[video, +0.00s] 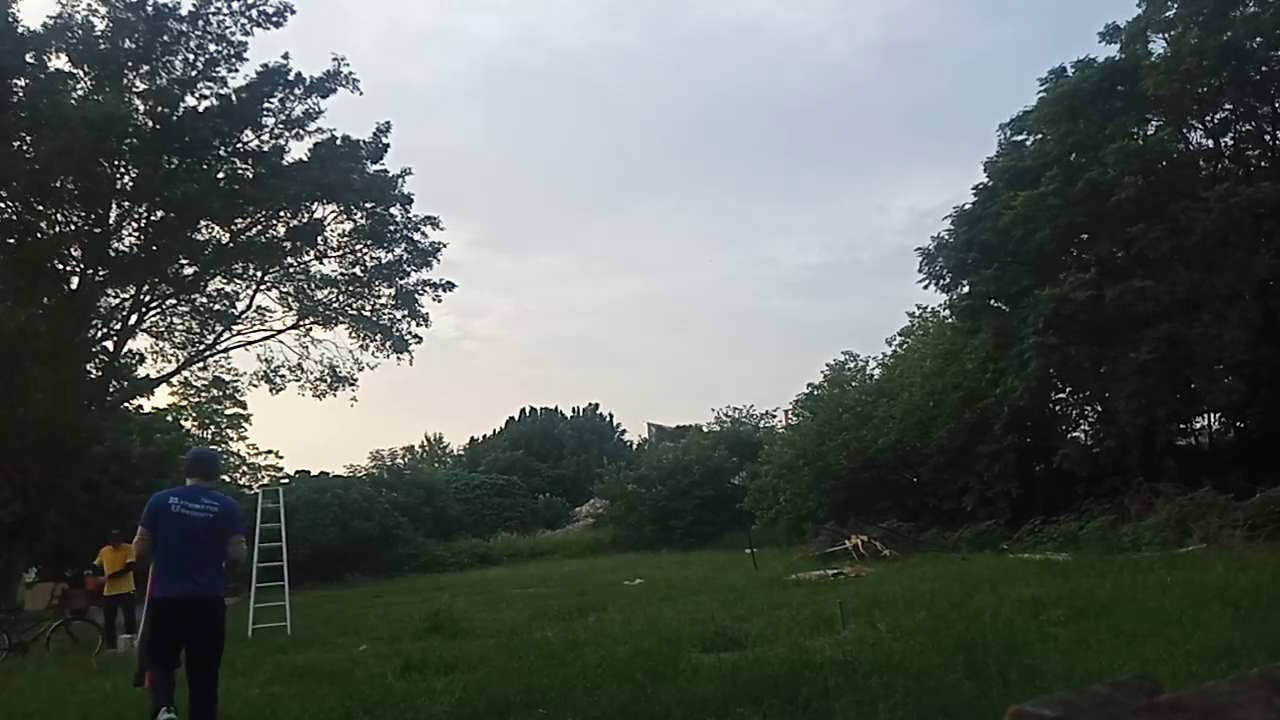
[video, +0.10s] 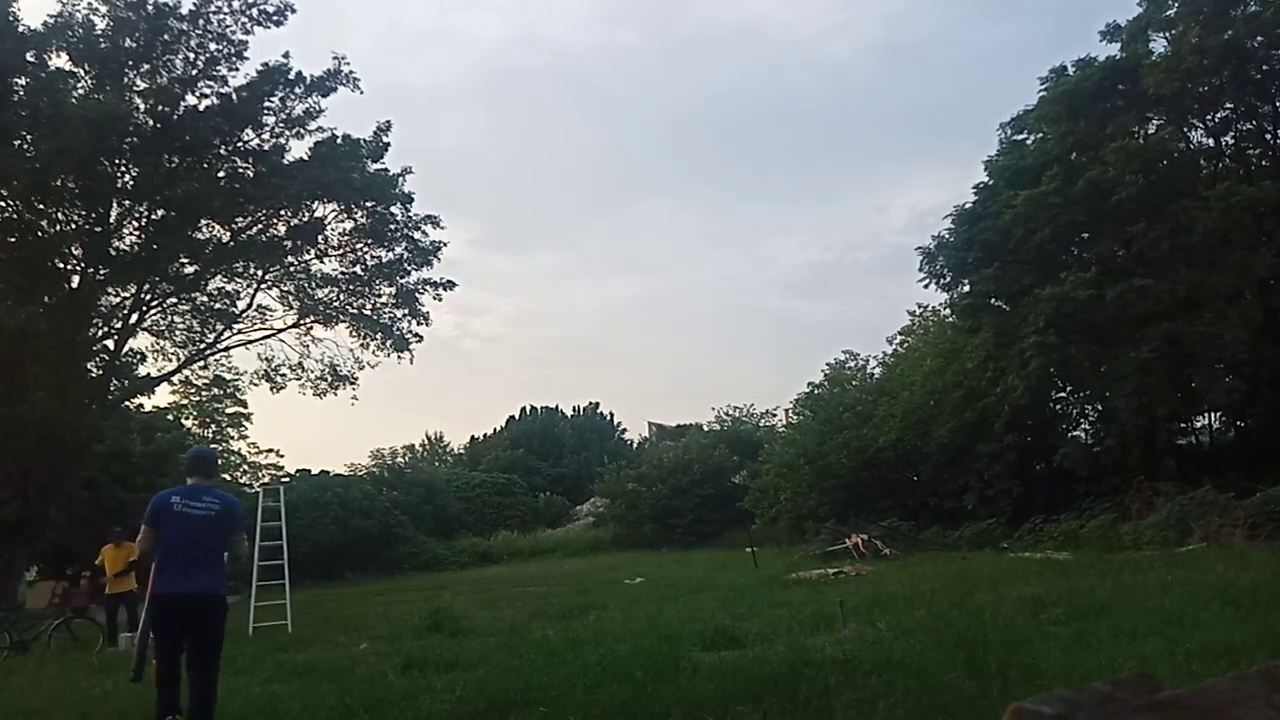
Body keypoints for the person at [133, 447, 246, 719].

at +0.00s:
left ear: (186, 472)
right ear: (216, 474)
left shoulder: (160, 501)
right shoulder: (228, 506)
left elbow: (140, 550)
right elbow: (237, 553)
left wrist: (167, 546)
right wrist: (212, 545)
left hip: (166, 602)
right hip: (208, 605)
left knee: (161, 664)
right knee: (204, 677)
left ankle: (164, 708)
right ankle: (203, 715)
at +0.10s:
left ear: (186, 471)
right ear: (216, 472)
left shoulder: (163, 500)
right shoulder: (229, 504)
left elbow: (142, 549)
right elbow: (240, 552)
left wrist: (168, 540)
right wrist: (221, 537)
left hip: (167, 599)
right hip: (209, 601)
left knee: (167, 666)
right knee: (205, 672)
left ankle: (168, 713)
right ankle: (202, 714)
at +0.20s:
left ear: (185, 475)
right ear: (214, 476)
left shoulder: (163, 505)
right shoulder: (228, 508)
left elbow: (146, 552)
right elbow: (241, 554)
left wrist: (172, 544)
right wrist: (221, 541)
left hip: (170, 602)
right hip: (209, 603)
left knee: (168, 667)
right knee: (204, 672)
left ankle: (168, 714)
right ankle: (202, 714)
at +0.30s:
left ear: (181, 483)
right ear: (208, 483)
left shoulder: (160, 515)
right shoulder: (224, 515)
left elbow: (144, 561)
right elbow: (238, 558)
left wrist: (168, 550)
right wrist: (217, 548)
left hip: (170, 608)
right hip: (209, 608)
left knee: (167, 674)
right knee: (202, 676)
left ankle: (166, 714)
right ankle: (199, 715)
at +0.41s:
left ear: (176, 486)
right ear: (203, 485)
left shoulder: (158, 518)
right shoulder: (219, 516)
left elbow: (144, 564)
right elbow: (235, 558)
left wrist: (168, 553)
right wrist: (212, 551)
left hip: (169, 609)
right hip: (207, 609)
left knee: (169, 674)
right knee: (203, 674)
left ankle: (168, 714)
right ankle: (200, 715)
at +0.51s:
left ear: (173, 485)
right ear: (200, 484)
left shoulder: (157, 515)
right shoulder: (217, 512)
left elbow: (144, 559)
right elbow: (231, 551)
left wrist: (165, 565)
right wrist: (209, 564)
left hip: (166, 600)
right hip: (204, 600)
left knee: (166, 661)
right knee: (206, 657)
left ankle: (167, 711)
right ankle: (198, 700)